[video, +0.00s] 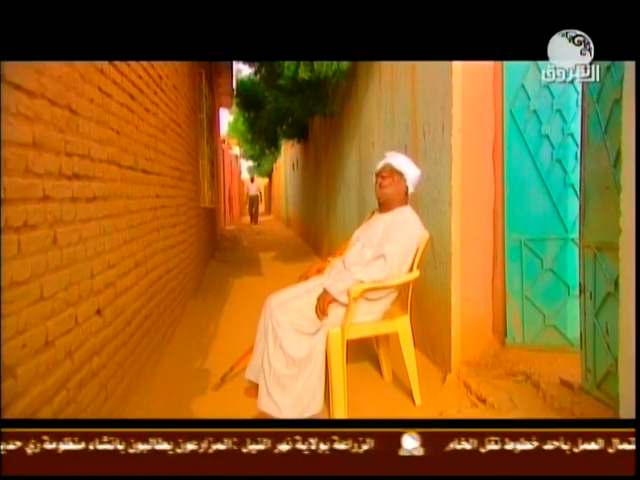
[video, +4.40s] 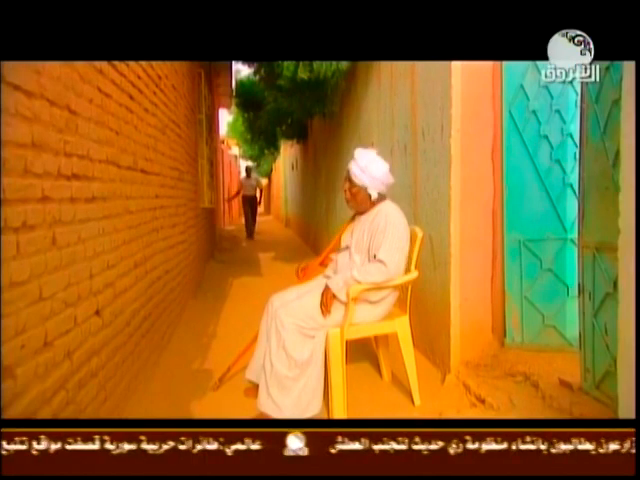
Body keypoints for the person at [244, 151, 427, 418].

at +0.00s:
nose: (382, 180)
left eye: (391, 175)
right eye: (380, 175)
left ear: (406, 185)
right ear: (376, 182)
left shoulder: (406, 223)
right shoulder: (381, 216)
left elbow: (389, 271)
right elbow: (354, 255)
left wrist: (335, 290)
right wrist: (325, 268)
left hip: (362, 300)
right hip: (341, 283)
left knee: (284, 315)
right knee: (274, 304)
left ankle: (289, 405)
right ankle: (266, 378)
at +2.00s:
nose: (356, 202)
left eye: (359, 193)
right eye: (349, 198)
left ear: (373, 190)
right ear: (345, 201)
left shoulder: (395, 218)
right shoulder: (361, 219)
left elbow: (389, 270)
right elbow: (344, 258)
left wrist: (339, 287)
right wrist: (328, 283)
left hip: (368, 299)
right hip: (342, 286)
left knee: (288, 315)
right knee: (278, 303)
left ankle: (289, 407)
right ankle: (268, 377)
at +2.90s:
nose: (321, 217)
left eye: (321, 209)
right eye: (316, 212)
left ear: (335, 198)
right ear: (322, 207)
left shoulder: (368, 217)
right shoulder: (341, 217)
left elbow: (383, 270)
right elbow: (338, 258)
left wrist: (335, 277)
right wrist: (327, 283)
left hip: (366, 297)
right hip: (339, 285)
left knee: (286, 317)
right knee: (275, 304)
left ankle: (289, 406)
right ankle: (266, 380)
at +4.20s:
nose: (339, 192)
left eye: (346, 186)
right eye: (339, 185)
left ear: (365, 190)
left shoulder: (386, 217)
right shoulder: (361, 215)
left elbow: (388, 271)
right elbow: (347, 256)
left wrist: (339, 286)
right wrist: (327, 277)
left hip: (368, 301)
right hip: (342, 288)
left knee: (288, 317)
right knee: (277, 304)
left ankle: (290, 406)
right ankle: (267, 379)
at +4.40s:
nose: (346, 194)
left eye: (351, 188)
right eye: (346, 187)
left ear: (369, 191)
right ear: (365, 191)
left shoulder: (391, 218)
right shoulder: (367, 215)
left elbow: (389, 270)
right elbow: (349, 254)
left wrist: (339, 285)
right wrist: (325, 271)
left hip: (368, 301)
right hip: (343, 288)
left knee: (289, 317)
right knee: (277, 304)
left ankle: (288, 406)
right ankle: (267, 379)